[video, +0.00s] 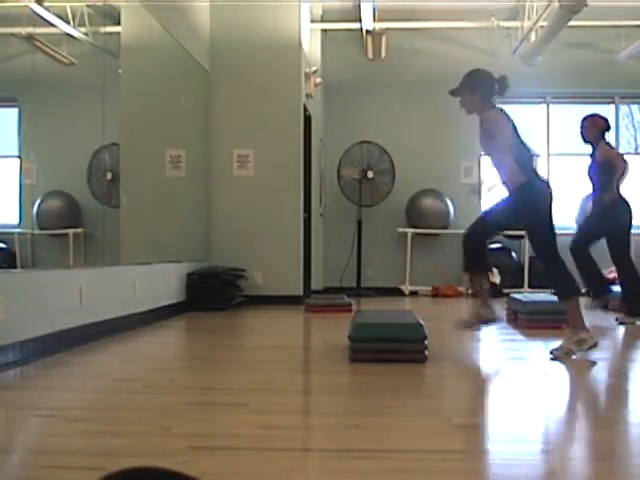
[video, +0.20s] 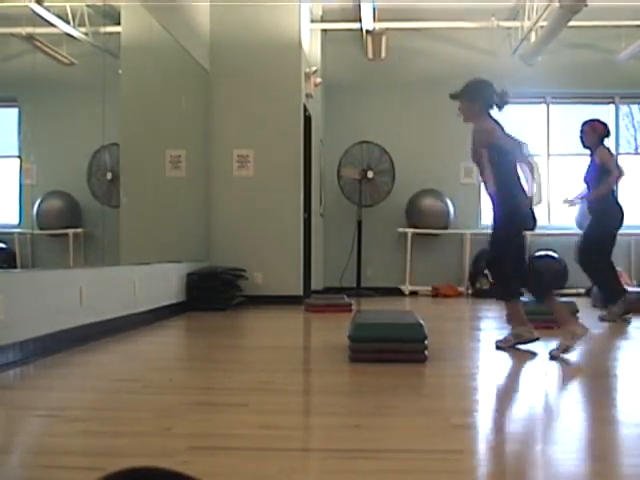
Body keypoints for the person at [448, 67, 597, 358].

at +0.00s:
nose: (460, 101)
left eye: (464, 95)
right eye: (460, 95)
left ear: (478, 94)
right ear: (479, 95)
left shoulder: (494, 118)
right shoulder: (489, 121)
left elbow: (506, 156)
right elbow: (521, 154)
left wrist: (518, 183)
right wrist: (523, 178)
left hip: (530, 193)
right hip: (528, 193)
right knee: (473, 238)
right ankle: (482, 307)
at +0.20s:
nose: (459, 108)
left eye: (463, 103)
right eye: (460, 103)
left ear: (476, 104)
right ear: (484, 104)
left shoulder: (481, 131)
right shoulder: (497, 130)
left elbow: (487, 171)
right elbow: (527, 162)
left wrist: (498, 205)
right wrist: (533, 193)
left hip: (507, 209)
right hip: (515, 206)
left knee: (508, 269)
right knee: (507, 267)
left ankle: (570, 326)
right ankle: (520, 328)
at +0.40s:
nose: (445, 91)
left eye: (449, 86)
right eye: (446, 86)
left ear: (462, 88)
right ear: (471, 89)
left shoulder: (462, 112)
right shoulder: (475, 115)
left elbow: (433, 141)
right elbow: (448, 152)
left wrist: (407, 150)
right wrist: (413, 154)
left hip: (497, 185)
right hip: (511, 184)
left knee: (453, 228)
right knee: (508, 253)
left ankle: (458, 299)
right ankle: (516, 320)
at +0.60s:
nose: (426, 96)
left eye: (430, 92)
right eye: (427, 92)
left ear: (442, 95)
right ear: (448, 96)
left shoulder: (442, 121)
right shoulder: (453, 120)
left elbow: (396, 139)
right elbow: (410, 136)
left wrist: (371, 124)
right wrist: (386, 117)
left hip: (468, 193)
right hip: (483, 192)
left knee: (417, 230)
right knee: (491, 253)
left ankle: (406, 296)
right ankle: (517, 320)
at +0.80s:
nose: (404, 71)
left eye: (408, 66)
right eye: (405, 66)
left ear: (420, 70)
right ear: (428, 70)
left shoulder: (415, 98)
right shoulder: (440, 96)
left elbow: (415, 134)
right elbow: (446, 137)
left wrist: (403, 170)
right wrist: (431, 166)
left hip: (441, 168)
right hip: (464, 169)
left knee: (418, 224)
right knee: (450, 229)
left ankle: (406, 293)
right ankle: (464, 287)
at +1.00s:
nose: (394, 79)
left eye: (398, 75)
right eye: (395, 75)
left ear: (410, 80)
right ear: (418, 82)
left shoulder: (410, 103)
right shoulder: (434, 102)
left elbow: (442, 114)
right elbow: (472, 107)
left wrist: (463, 148)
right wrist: (495, 135)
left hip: (433, 172)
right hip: (453, 173)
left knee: (402, 228)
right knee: (425, 228)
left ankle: (404, 295)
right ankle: (422, 279)